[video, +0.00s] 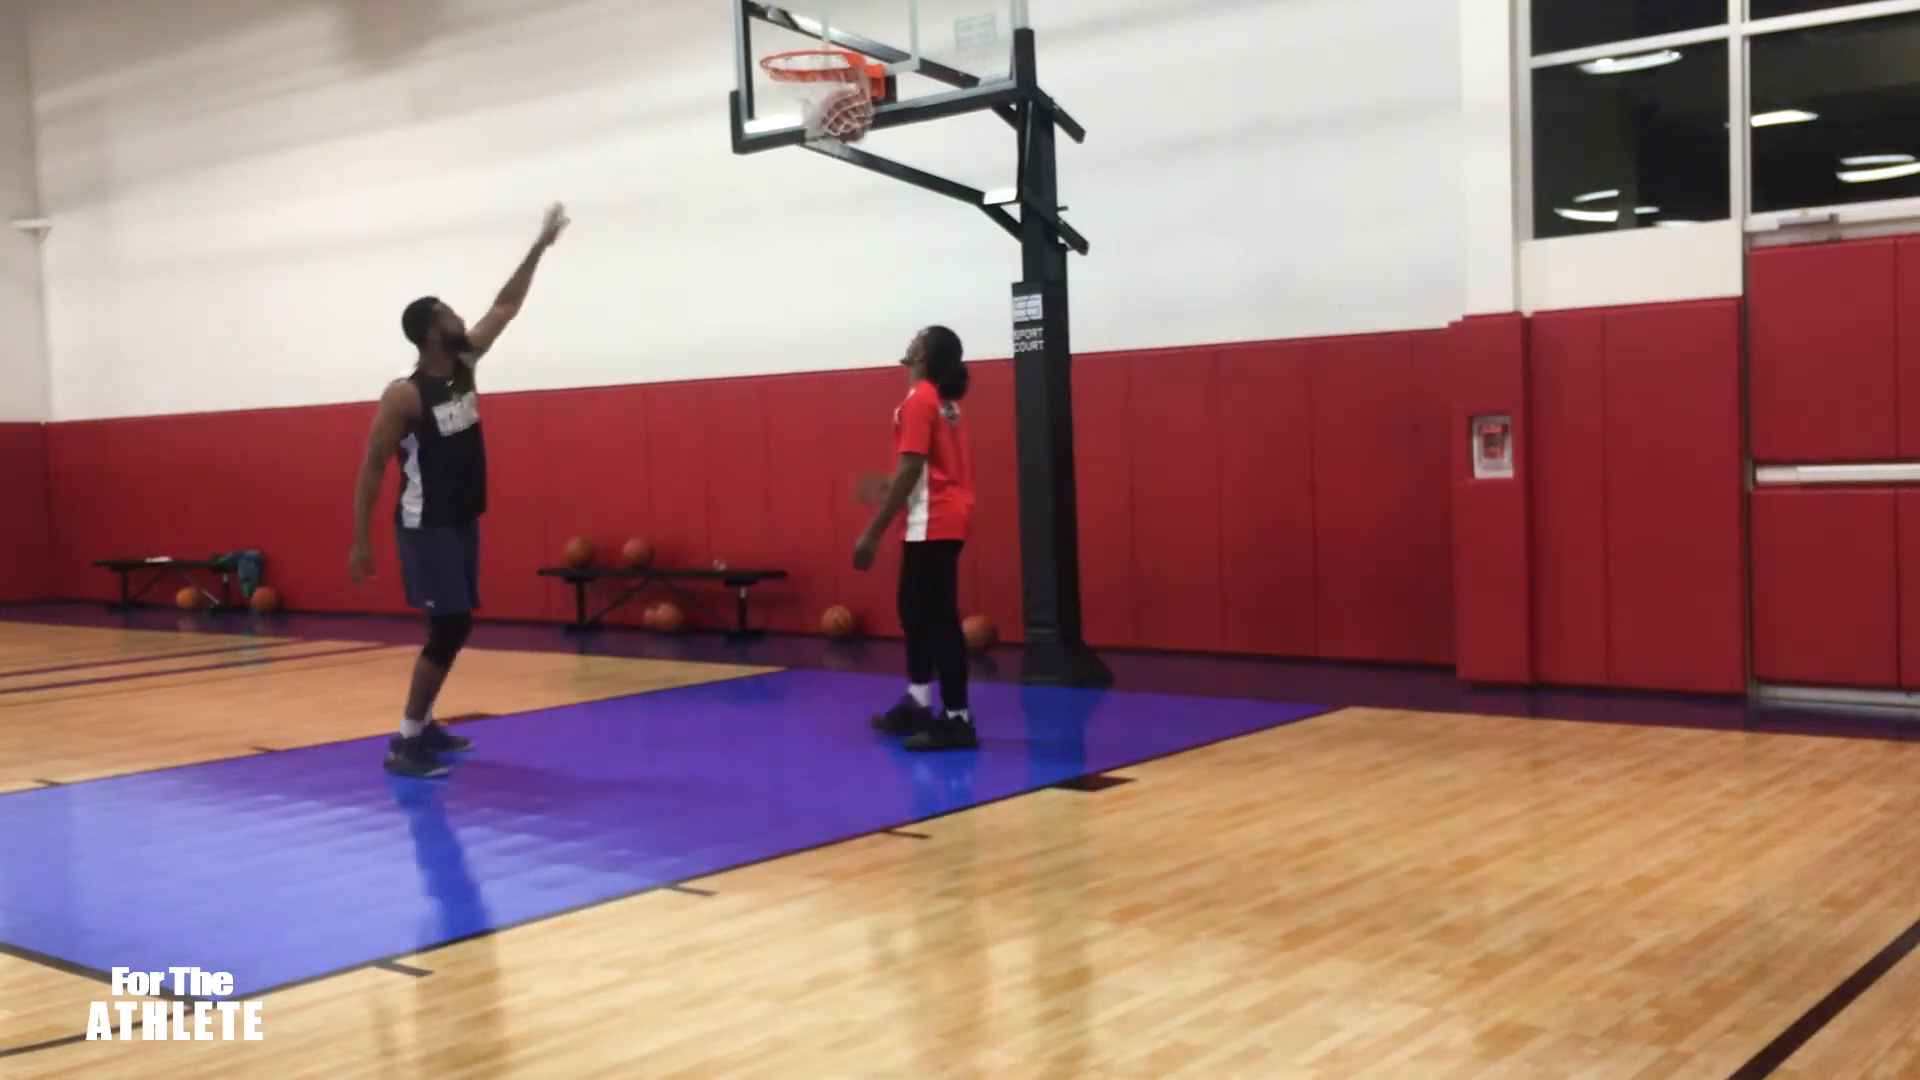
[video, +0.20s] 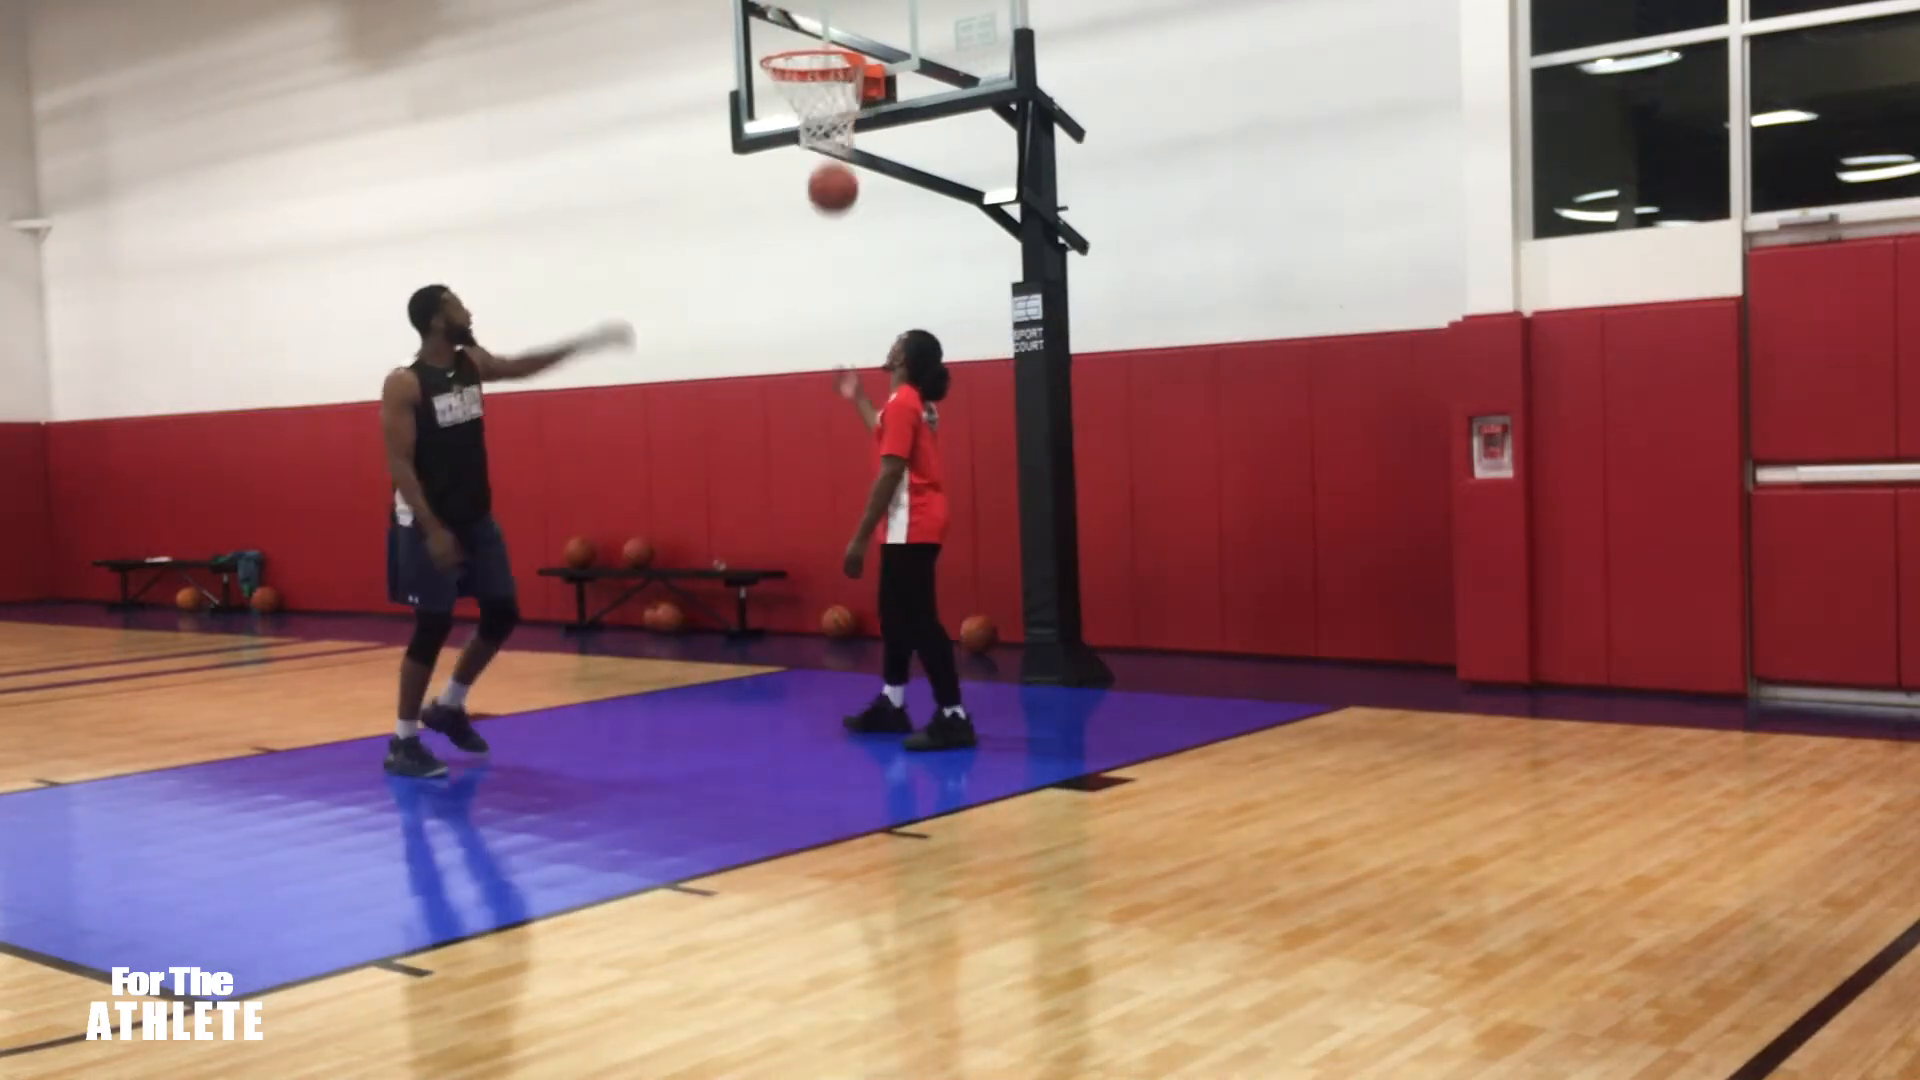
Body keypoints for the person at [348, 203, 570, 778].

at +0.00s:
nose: (460, 318)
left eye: (454, 313)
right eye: (450, 314)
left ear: (442, 329)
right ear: (432, 332)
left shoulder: (464, 363)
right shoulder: (404, 397)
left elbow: (505, 307)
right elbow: (371, 470)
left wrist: (540, 247)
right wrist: (360, 545)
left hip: (462, 522)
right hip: (426, 527)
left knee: (458, 622)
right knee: (449, 624)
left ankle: (421, 724)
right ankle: (406, 740)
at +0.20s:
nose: (467, 310)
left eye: (461, 303)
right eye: (457, 304)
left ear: (444, 320)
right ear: (436, 320)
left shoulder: (471, 362)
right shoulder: (404, 384)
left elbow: (521, 367)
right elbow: (399, 465)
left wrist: (590, 343)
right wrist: (432, 528)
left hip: (475, 521)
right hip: (426, 526)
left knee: (500, 617)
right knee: (432, 625)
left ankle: (448, 706)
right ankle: (403, 740)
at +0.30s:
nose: (480, 310)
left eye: (475, 302)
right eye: (471, 304)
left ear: (456, 317)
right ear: (449, 317)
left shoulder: (479, 365)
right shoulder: (415, 381)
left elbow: (512, 411)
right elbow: (414, 462)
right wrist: (469, 513)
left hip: (484, 513)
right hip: (430, 519)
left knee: (520, 612)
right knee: (427, 623)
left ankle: (479, 721)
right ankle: (403, 741)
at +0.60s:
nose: (578, 331)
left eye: (575, 322)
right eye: (570, 322)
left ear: (548, 330)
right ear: (546, 328)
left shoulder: (553, 392)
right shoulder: (495, 379)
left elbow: (533, 463)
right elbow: (464, 452)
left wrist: (548, 518)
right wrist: (514, 506)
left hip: (534, 530)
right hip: (480, 530)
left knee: (556, 627)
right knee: (459, 628)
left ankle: (554, 752)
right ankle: (414, 729)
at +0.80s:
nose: (631, 322)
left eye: (630, 313)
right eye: (624, 312)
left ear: (602, 314)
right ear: (599, 312)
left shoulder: (597, 372)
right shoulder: (544, 359)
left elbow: (579, 452)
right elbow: (511, 432)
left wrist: (608, 503)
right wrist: (545, 500)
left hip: (578, 518)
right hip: (536, 514)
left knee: (576, 625)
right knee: (558, 618)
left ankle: (555, 751)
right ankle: (492, 710)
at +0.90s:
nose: (653, 326)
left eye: (653, 316)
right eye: (648, 316)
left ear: (629, 313)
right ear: (623, 312)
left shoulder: (619, 367)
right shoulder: (566, 358)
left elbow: (614, 439)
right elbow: (534, 435)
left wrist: (664, 484)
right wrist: (576, 496)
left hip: (598, 517)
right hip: (563, 517)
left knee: (596, 625)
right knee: (590, 623)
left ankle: (565, 746)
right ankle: (558, 750)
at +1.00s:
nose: (676, 325)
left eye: (678, 315)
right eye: (672, 314)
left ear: (648, 310)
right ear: (646, 310)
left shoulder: (643, 367)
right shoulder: (586, 362)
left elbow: (639, 434)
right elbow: (560, 440)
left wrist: (705, 470)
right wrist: (613, 497)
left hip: (621, 523)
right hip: (590, 524)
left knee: (593, 631)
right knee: (632, 630)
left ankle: (557, 749)